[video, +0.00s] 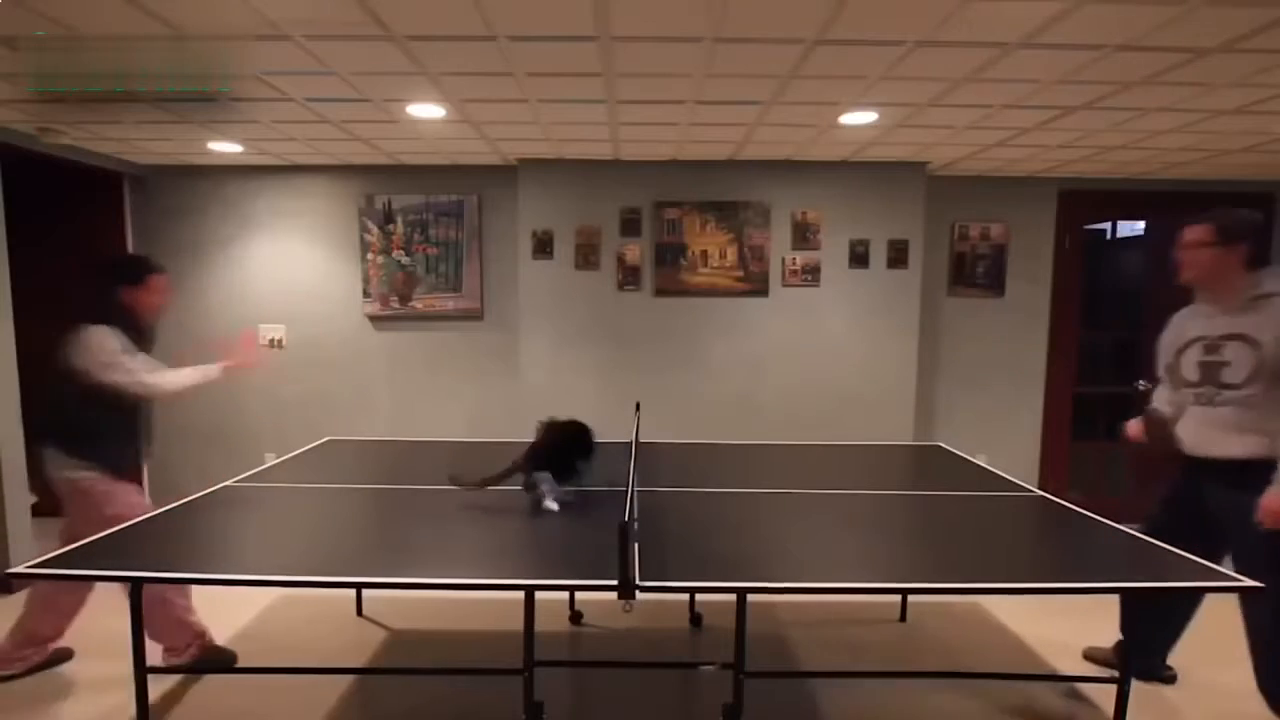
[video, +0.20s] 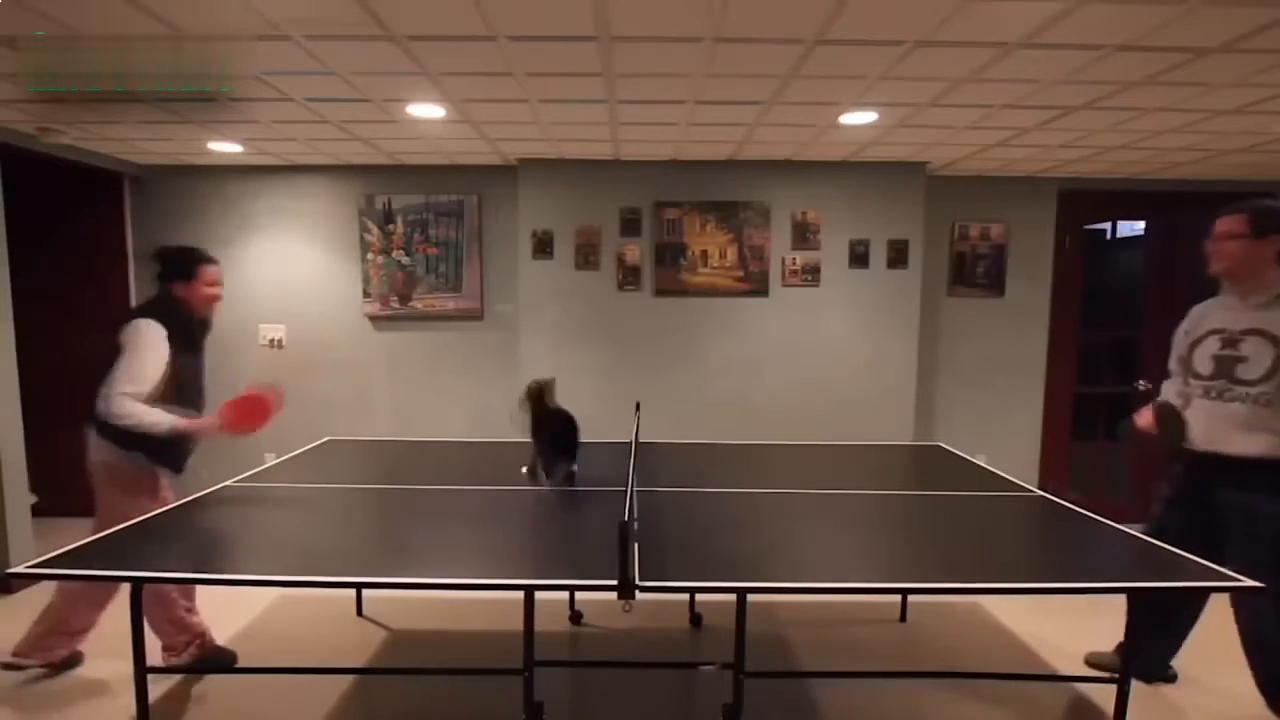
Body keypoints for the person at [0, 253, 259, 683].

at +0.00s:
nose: (162, 302)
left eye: (163, 293)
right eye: (155, 292)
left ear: (133, 294)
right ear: (129, 292)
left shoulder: (119, 338)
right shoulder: (95, 339)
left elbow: (154, 377)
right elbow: (151, 381)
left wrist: (203, 362)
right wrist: (222, 366)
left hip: (110, 470)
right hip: (84, 471)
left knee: (77, 562)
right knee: (150, 546)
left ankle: (21, 650)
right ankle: (185, 644)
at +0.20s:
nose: (218, 295)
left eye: (219, 286)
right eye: (211, 286)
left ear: (188, 289)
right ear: (180, 287)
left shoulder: (186, 331)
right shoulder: (152, 330)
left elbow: (167, 403)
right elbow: (114, 404)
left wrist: (222, 419)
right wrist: (182, 424)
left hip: (146, 456)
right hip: (123, 456)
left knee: (112, 553)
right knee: (161, 546)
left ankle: (45, 645)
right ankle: (186, 645)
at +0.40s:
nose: (214, 294)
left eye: (215, 284)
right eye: (206, 284)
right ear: (175, 286)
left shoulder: (185, 333)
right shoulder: (142, 330)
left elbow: (182, 395)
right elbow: (75, 391)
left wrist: (189, 435)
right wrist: (135, 435)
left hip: (159, 458)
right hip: (124, 460)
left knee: (130, 551)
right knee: (161, 548)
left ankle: (75, 639)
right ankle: (185, 645)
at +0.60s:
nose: (159, 293)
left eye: (161, 284)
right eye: (150, 284)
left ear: (161, 288)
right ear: (124, 287)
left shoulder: (145, 336)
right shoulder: (87, 335)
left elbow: (146, 404)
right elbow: (36, 403)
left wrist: (163, 431)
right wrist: (102, 433)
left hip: (139, 460)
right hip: (93, 465)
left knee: (113, 551)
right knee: (141, 549)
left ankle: (69, 642)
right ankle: (182, 646)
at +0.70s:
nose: (130, 288)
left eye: (134, 280)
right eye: (121, 279)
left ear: (138, 287)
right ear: (96, 283)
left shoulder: (122, 332)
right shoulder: (59, 331)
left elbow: (124, 396)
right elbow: (17, 402)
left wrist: (146, 420)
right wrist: (87, 427)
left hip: (115, 456)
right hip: (73, 461)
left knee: (94, 548)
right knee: (123, 545)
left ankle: (68, 640)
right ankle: (163, 648)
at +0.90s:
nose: (110, 283)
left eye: (114, 274)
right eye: (101, 273)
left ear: (117, 279)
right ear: (72, 274)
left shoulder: (101, 329)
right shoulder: (40, 323)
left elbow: (108, 394)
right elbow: (4, 395)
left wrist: (125, 422)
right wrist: (68, 416)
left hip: (98, 454)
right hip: (62, 459)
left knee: (85, 548)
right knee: (113, 542)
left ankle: (61, 642)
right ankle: (104, 654)